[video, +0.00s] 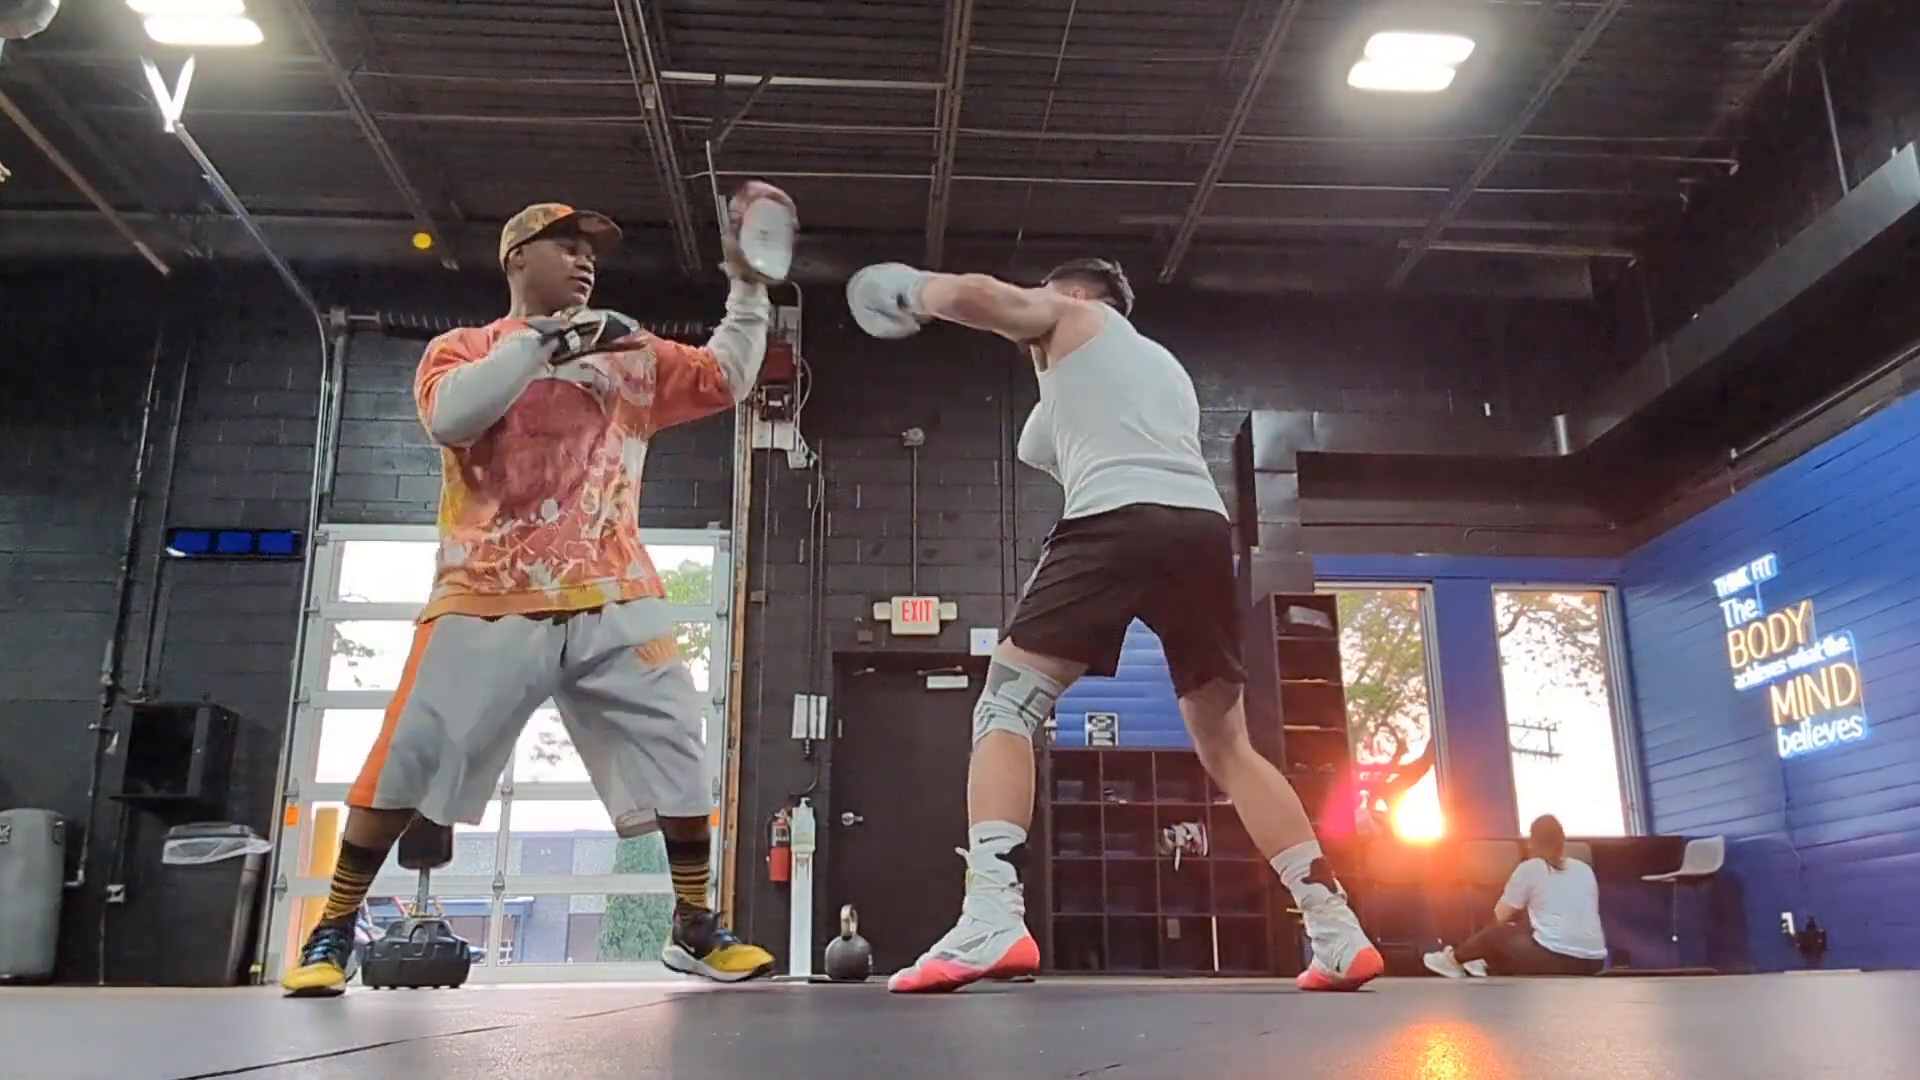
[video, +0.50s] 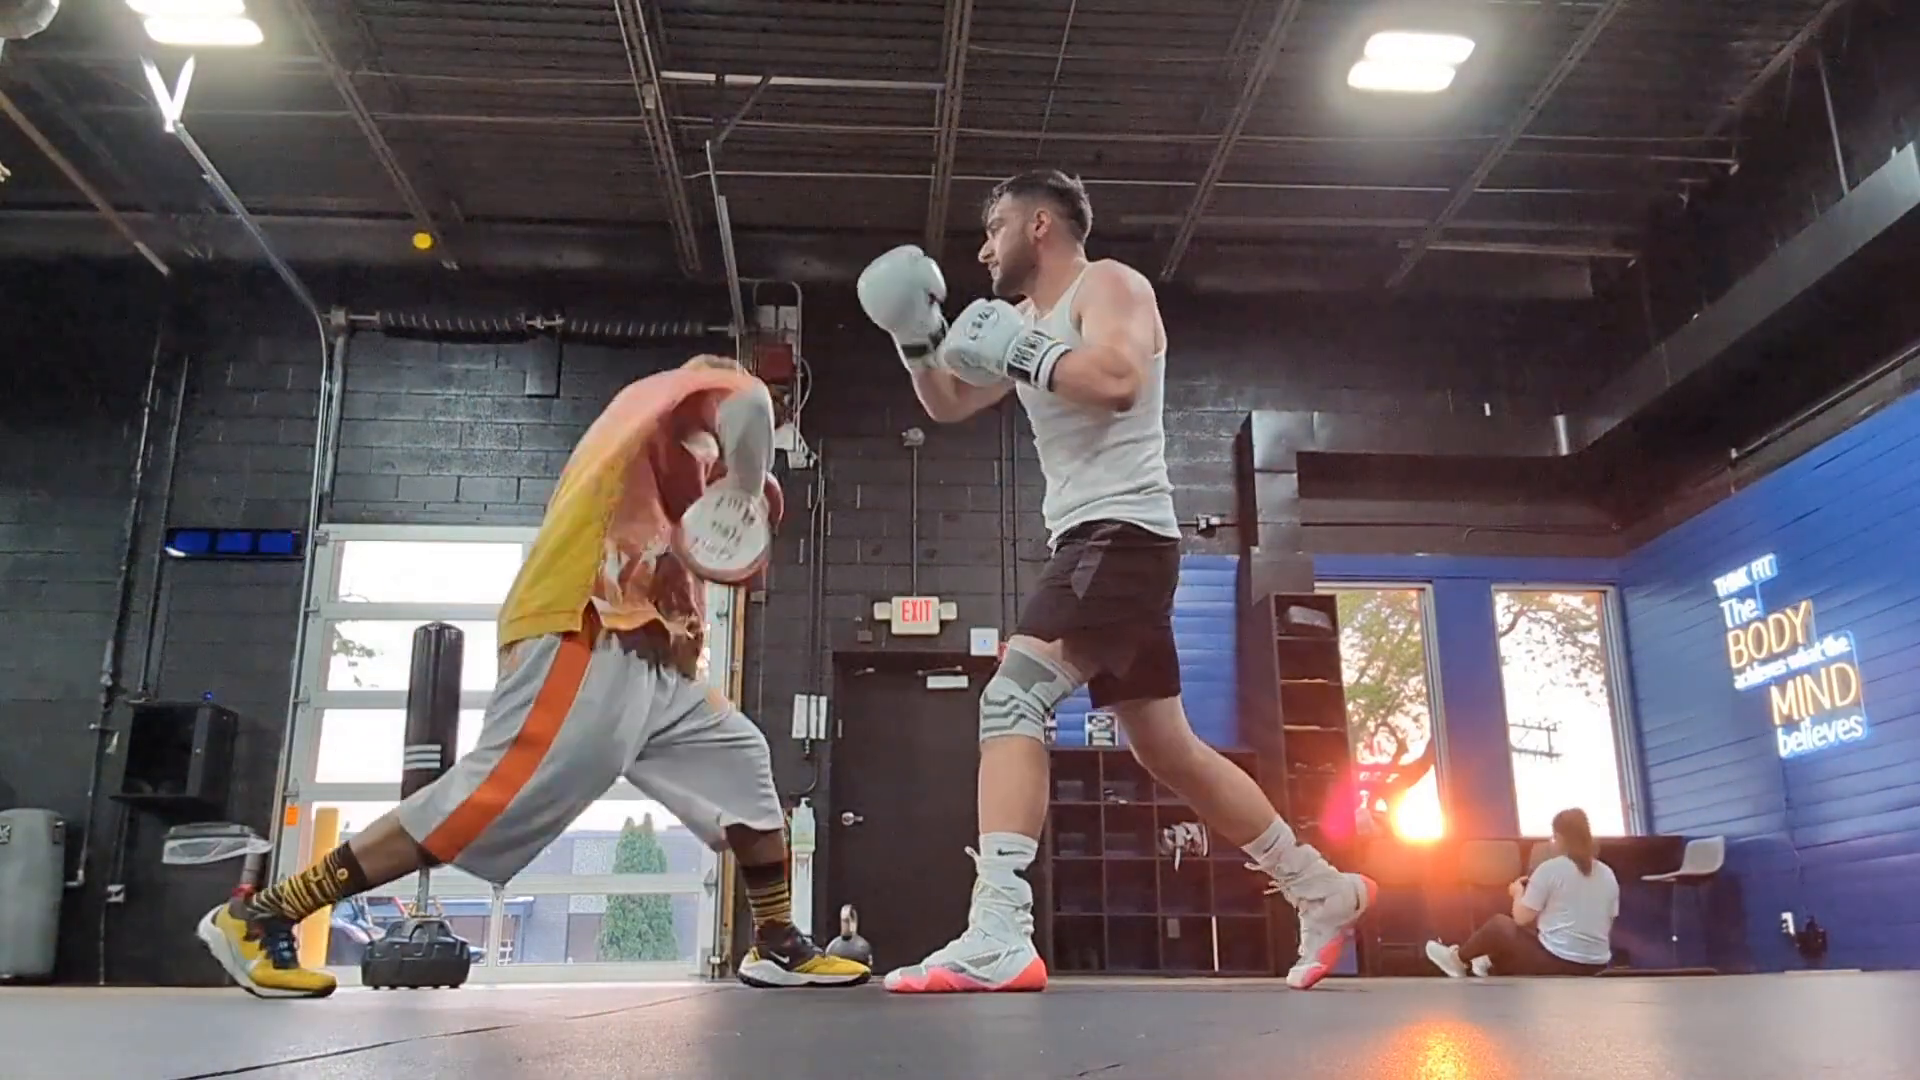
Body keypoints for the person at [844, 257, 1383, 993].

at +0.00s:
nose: (1039, 306)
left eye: (1048, 297)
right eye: (1041, 298)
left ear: (1080, 293)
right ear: (1118, 303)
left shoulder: (1067, 313)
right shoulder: (1167, 368)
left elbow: (966, 292)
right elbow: (1160, 450)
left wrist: (906, 287)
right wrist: (1069, 437)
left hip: (1112, 522)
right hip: (1205, 531)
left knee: (1008, 711)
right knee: (1229, 747)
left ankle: (990, 917)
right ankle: (1335, 930)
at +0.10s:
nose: (1033, 301)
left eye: (1039, 288)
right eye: (1037, 293)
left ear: (1063, 283)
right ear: (1111, 289)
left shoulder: (1061, 302)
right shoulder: (1164, 357)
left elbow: (931, 278)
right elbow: (1154, 448)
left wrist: (850, 262)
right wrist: (1056, 415)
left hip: (1117, 535)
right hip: (1200, 547)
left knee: (995, 708)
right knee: (1206, 750)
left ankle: (991, 925)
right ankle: (1330, 920)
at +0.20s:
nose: (1007, 280)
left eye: (1014, 263)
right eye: (1007, 267)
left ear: (1052, 250)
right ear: (1075, 256)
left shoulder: (1066, 282)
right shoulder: (1123, 339)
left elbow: (991, 321)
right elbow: (1113, 442)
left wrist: (922, 298)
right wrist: (1032, 405)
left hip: (1105, 529)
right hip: (1167, 542)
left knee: (984, 698)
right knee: (1171, 746)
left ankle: (987, 917)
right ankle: (1319, 901)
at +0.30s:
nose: (982, 253)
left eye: (990, 235)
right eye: (982, 240)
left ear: (1033, 226)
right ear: (1036, 232)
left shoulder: (1089, 277)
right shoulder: (1030, 325)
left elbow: (1050, 360)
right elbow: (965, 399)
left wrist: (971, 315)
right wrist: (914, 340)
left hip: (1107, 529)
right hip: (1107, 535)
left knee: (997, 693)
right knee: (1148, 751)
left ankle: (992, 924)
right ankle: (1312, 880)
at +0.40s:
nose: (977, 253)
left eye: (985, 235)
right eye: (977, 240)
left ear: (1031, 226)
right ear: (1028, 233)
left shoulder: (1105, 283)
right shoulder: (1020, 313)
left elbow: (1074, 376)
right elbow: (919, 336)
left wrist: (988, 329)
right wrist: (863, 284)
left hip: (1119, 533)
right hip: (1085, 541)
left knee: (1009, 696)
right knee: (1162, 752)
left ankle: (998, 929)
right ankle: (1308, 886)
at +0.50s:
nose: (984, 245)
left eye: (995, 227)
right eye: (984, 233)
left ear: (1044, 222)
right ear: (1036, 232)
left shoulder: (1111, 282)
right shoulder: (1021, 318)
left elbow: (1117, 382)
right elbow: (947, 401)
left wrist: (1018, 345)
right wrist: (917, 338)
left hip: (1121, 534)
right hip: (1092, 539)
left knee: (1013, 704)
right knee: (1168, 749)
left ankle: (999, 936)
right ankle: (1323, 889)